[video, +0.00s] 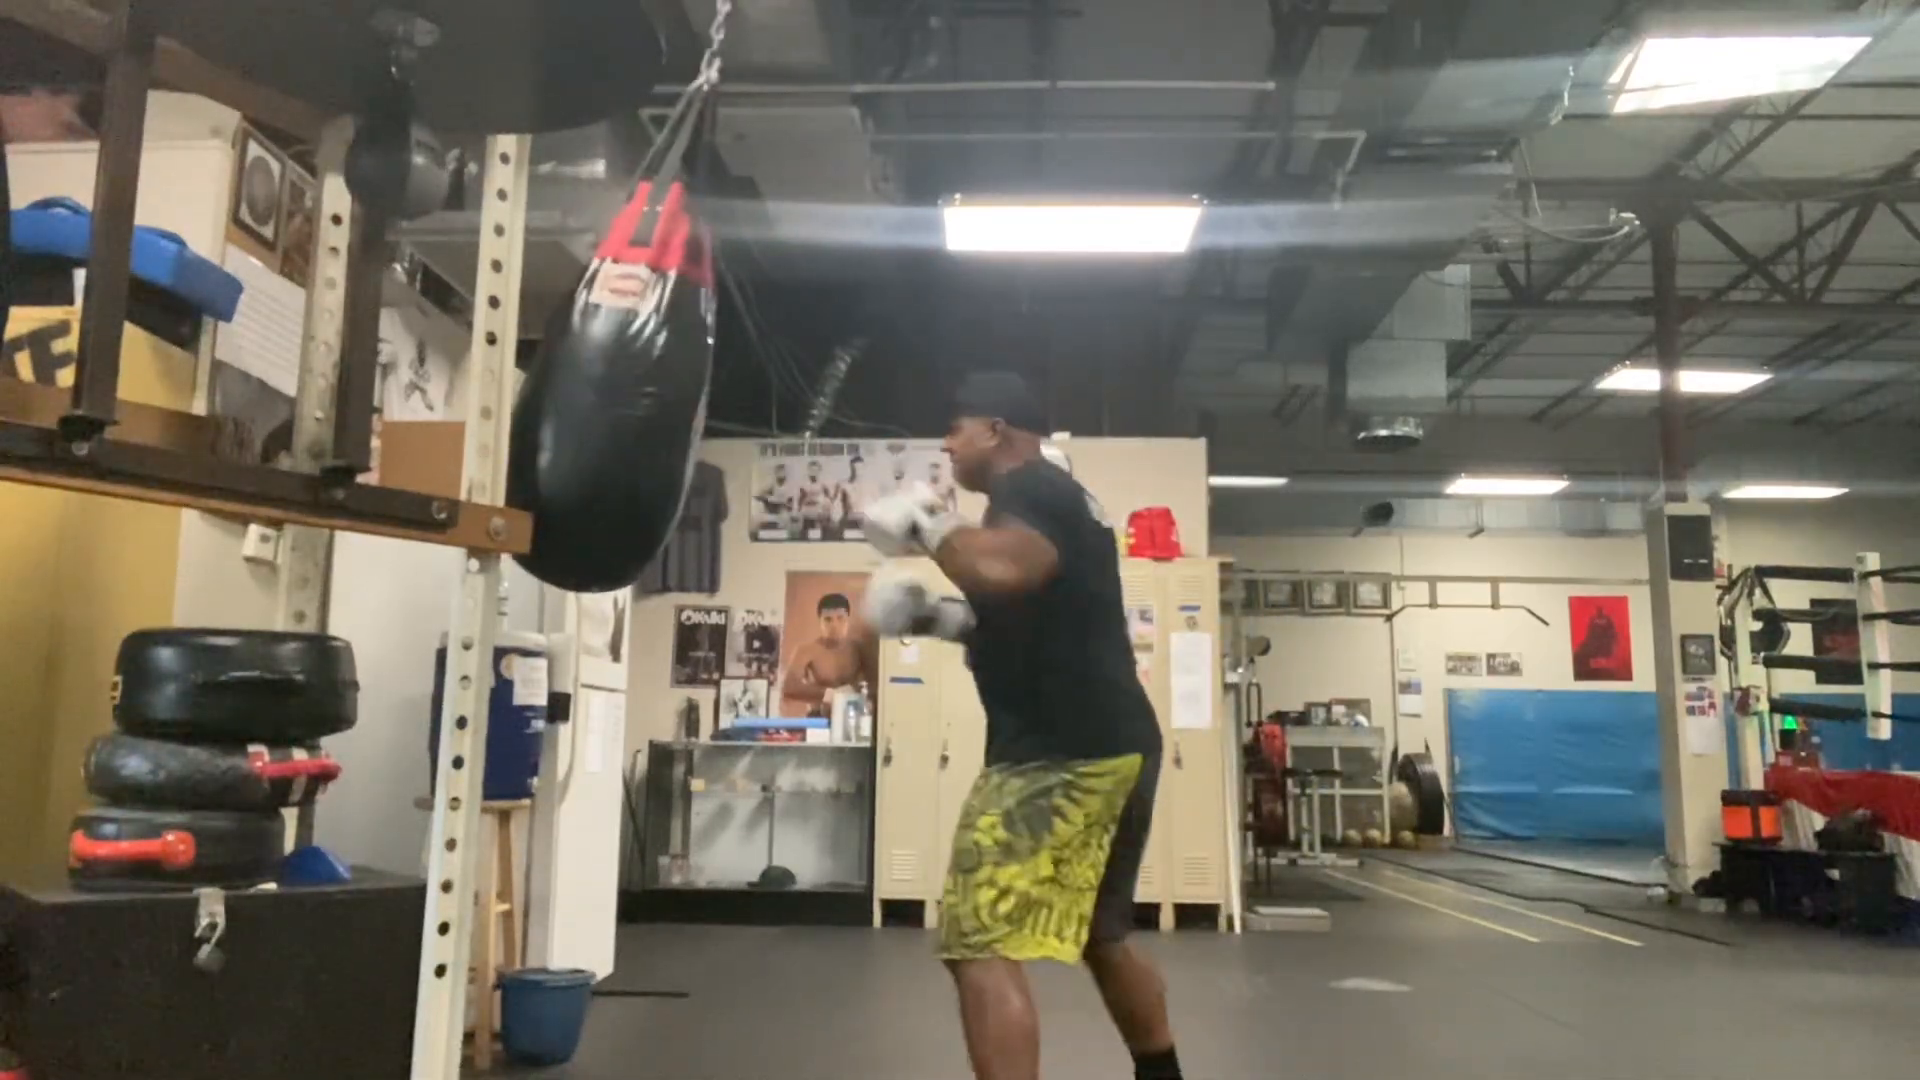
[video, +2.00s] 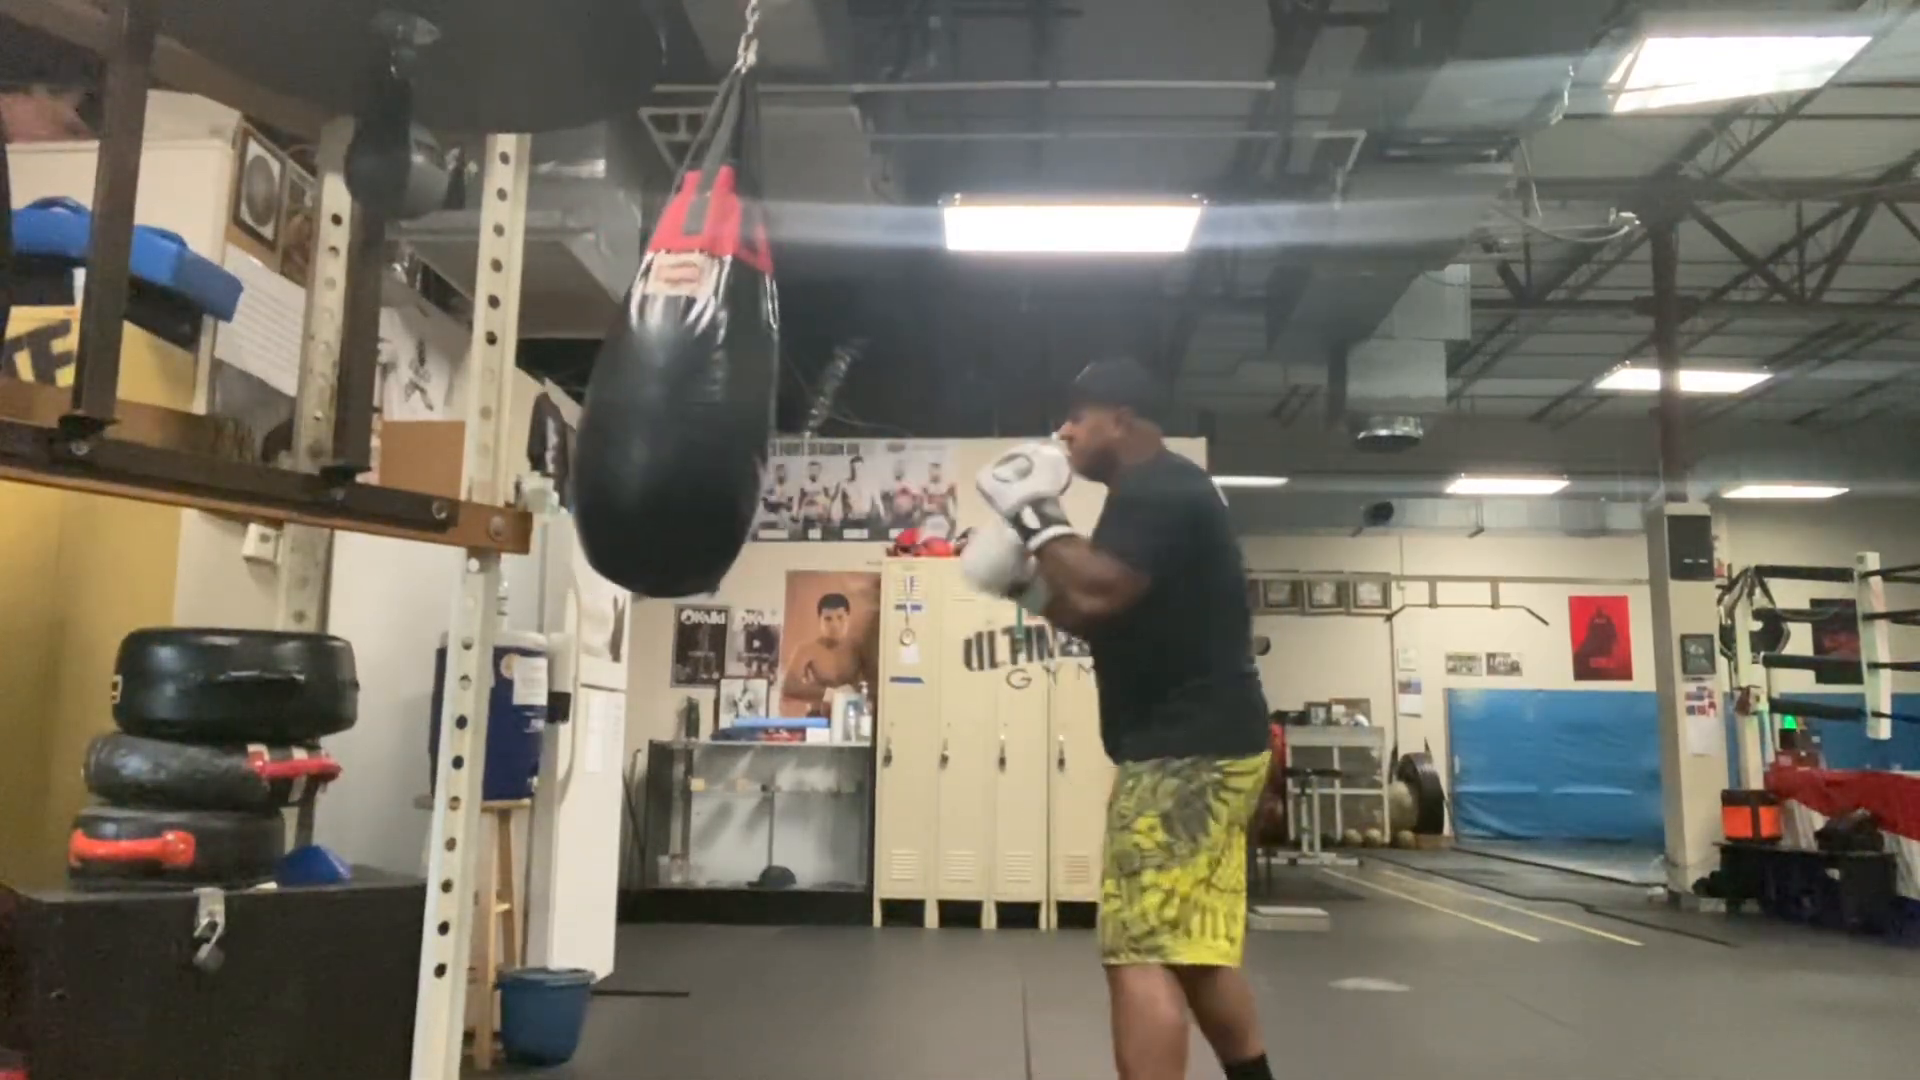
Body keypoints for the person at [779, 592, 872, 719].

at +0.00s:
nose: (834, 625)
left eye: (840, 618)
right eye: (828, 619)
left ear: (848, 620)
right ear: (819, 622)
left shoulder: (858, 650)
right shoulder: (806, 651)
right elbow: (789, 687)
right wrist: (826, 694)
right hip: (820, 717)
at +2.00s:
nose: (835, 624)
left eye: (840, 617)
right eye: (828, 618)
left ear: (848, 619)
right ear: (819, 620)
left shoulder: (856, 652)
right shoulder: (806, 651)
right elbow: (789, 688)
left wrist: (817, 686)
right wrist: (827, 694)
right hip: (819, 716)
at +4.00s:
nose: (834, 625)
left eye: (840, 618)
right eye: (828, 618)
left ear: (848, 620)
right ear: (819, 621)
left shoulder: (858, 652)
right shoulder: (806, 652)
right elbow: (789, 688)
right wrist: (826, 693)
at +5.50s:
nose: (834, 625)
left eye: (840, 618)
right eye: (828, 619)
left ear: (848, 620)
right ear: (819, 621)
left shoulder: (857, 651)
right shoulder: (808, 652)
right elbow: (790, 688)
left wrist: (816, 685)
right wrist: (828, 693)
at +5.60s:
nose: (834, 625)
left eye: (840, 618)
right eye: (828, 619)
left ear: (847, 620)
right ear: (820, 620)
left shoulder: (858, 651)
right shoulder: (807, 652)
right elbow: (790, 688)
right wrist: (828, 693)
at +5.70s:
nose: (834, 625)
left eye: (840, 618)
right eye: (828, 619)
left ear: (848, 620)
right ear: (819, 620)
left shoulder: (857, 651)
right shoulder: (808, 652)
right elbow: (789, 687)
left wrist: (817, 685)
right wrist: (826, 693)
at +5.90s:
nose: (834, 625)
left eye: (840, 618)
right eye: (828, 619)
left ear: (848, 619)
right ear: (819, 620)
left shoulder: (858, 652)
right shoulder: (807, 652)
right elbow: (789, 688)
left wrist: (816, 686)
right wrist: (827, 693)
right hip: (819, 717)